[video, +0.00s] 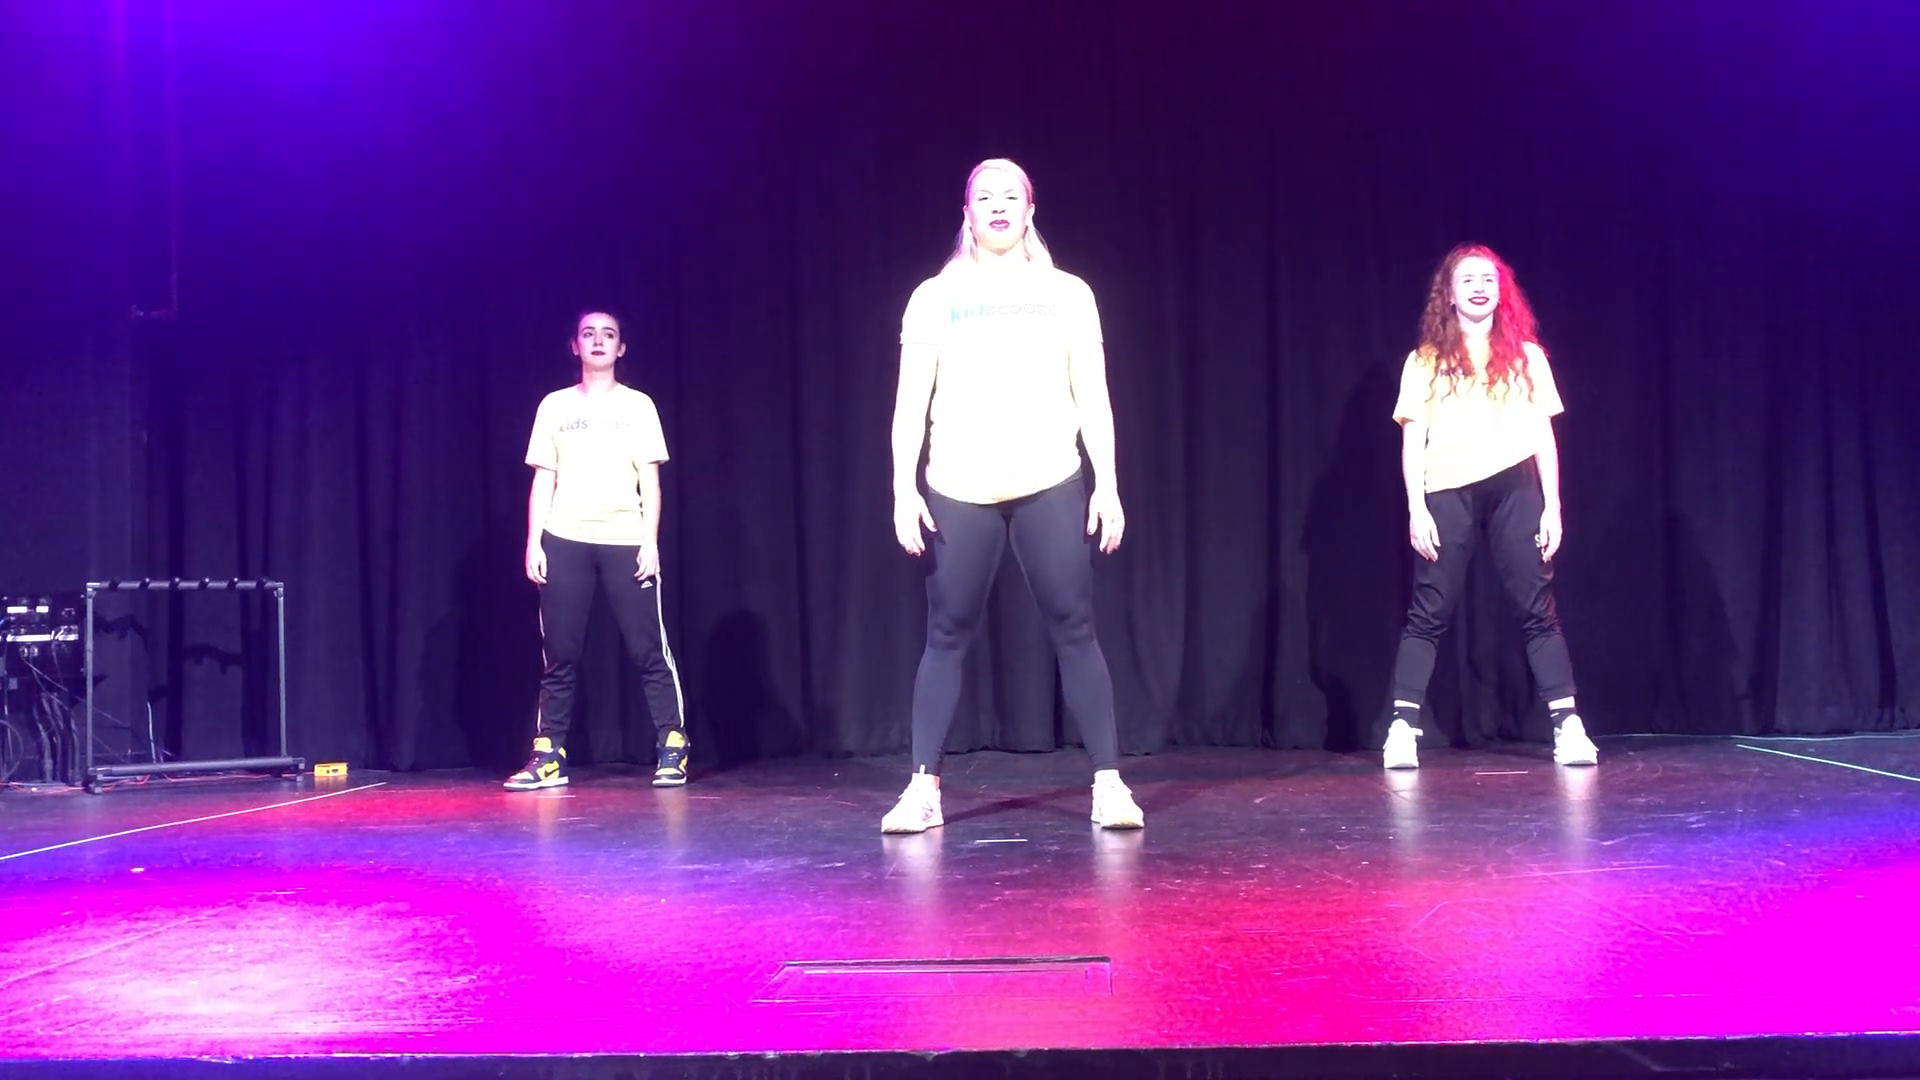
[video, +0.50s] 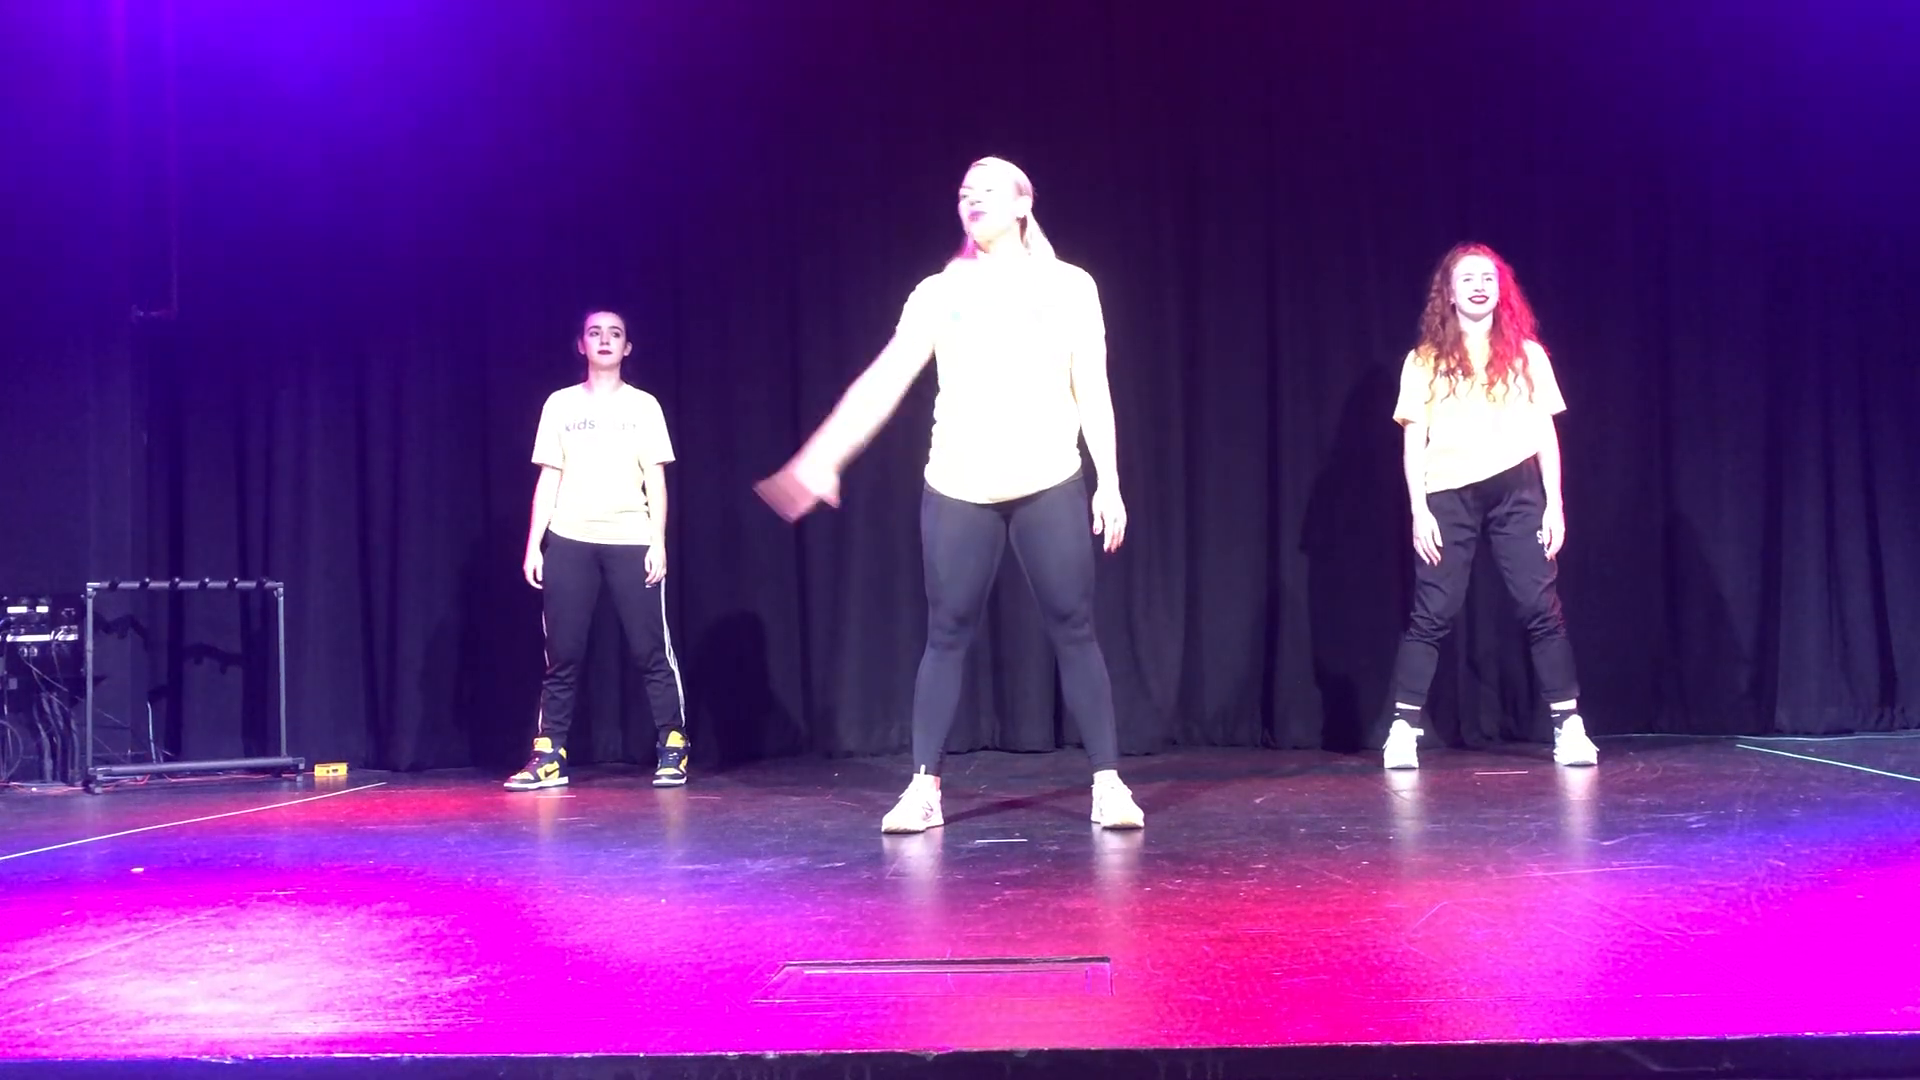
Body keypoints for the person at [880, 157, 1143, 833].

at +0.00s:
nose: (999, 209)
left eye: (1010, 199)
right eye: (987, 199)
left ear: (1030, 209)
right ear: (967, 210)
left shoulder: (1070, 294)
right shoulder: (932, 299)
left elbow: (1092, 394)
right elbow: (911, 402)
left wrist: (1106, 483)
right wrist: (904, 488)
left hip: (1050, 482)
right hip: (961, 486)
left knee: (1074, 624)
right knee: (947, 629)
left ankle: (1108, 780)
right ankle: (924, 783)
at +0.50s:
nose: (971, 200)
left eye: (986, 188)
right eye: (965, 192)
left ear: (1024, 200)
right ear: (959, 210)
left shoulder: (1071, 287)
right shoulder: (939, 292)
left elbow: (1093, 391)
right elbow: (882, 382)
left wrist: (1108, 482)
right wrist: (820, 457)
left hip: (1049, 477)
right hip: (961, 482)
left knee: (1074, 623)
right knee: (947, 627)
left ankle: (1106, 779)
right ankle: (924, 784)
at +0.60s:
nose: (950, 197)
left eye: (966, 186)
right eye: (949, 188)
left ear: (1009, 197)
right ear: (948, 204)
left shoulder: (1062, 276)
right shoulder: (933, 288)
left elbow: (1088, 382)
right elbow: (849, 350)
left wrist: (1105, 475)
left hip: (1044, 475)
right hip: (957, 482)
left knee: (1073, 621)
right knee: (948, 626)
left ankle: (1110, 779)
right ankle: (924, 783)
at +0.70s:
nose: (929, 195)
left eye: (946, 183)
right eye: (930, 186)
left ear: (987, 198)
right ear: (934, 206)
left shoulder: (1041, 274)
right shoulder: (918, 286)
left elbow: (1072, 378)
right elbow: (833, 331)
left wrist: (1093, 471)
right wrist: (812, 246)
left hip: (1032, 472)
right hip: (949, 482)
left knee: (1071, 618)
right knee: (940, 626)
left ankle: (1120, 771)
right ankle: (921, 783)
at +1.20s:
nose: (848, 259)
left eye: (861, 247)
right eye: (850, 248)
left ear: (903, 255)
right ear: (876, 260)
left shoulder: (956, 317)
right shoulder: (881, 340)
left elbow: (1002, 409)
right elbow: (813, 394)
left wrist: (1027, 503)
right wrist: (833, 315)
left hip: (1017, 490)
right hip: (952, 506)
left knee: (1049, 634)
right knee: (911, 629)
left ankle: (1144, 768)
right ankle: (917, 788)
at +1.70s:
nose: (911, 219)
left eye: (927, 208)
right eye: (908, 211)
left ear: (969, 218)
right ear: (905, 226)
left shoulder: (1025, 284)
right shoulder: (905, 300)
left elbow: (1088, 369)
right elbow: (845, 368)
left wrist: (1114, 451)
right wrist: (894, 287)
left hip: (1035, 480)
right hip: (950, 489)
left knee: (1084, 619)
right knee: (921, 626)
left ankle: (1127, 774)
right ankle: (917, 787)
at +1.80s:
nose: (975, 236)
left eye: (987, 226)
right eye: (962, 227)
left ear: (1008, 236)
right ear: (942, 238)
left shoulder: (1049, 308)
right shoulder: (924, 310)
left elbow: (1100, 396)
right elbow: (884, 376)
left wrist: (1144, 472)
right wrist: (940, 290)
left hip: (1048, 500)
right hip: (956, 504)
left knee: (1096, 630)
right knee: (907, 633)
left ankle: (1119, 780)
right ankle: (915, 788)